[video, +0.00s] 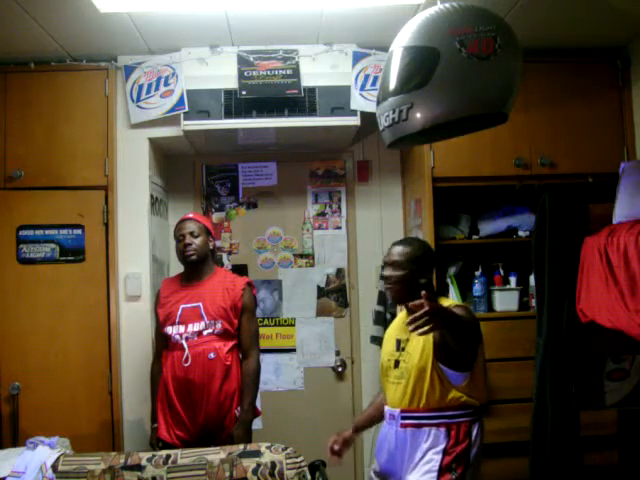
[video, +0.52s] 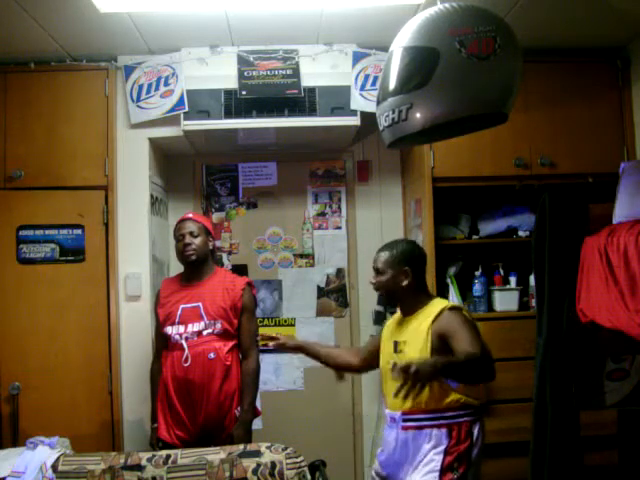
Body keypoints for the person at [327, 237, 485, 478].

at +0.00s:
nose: (385, 274)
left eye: (395, 266)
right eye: (384, 266)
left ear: (421, 276)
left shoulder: (454, 314)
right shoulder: (400, 319)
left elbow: (467, 344)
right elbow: (393, 392)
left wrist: (443, 318)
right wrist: (353, 430)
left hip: (438, 442)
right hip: (393, 441)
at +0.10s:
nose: (376, 274)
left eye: (384, 266)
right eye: (379, 266)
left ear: (407, 275)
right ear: (405, 276)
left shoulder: (454, 314)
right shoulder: (397, 325)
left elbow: (468, 341)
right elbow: (390, 389)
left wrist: (440, 319)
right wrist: (343, 417)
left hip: (438, 443)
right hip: (393, 440)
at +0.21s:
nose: (375, 275)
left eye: (381, 267)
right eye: (376, 267)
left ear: (404, 271)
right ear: (401, 271)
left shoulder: (450, 311)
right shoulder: (395, 324)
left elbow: (472, 347)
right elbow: (384, 388)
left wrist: (436, 328)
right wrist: (331, 394)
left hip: (438, 437)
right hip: (395, 435)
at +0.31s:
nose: (371, 276)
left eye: (377, 269)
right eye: (373, 268)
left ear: (400, 276)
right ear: (398, 278)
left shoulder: (447, 312)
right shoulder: (396, 323)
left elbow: (479, 350)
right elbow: (377, 376)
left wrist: (433, 340)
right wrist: (314, 369)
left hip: (440, 437)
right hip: (397, 434)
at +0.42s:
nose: (371, 279)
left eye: (377, 272)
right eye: (373, 271)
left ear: (400, 279)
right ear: (397, 280)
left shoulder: (447, 318)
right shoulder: (395, 328)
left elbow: (483, 362)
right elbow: (358, 365)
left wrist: (431, 351)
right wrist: (300, 350)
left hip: (443, 442)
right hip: (399, 440)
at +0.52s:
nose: (372, 281)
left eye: (379, 273)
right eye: (373, 273)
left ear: (405, 276)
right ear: (403, 276)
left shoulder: (447, 317)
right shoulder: (394, 324)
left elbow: (482, 367)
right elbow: (358, 360)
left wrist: (433, 366)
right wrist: (300, 346)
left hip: (442, 439)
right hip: (398, 437)